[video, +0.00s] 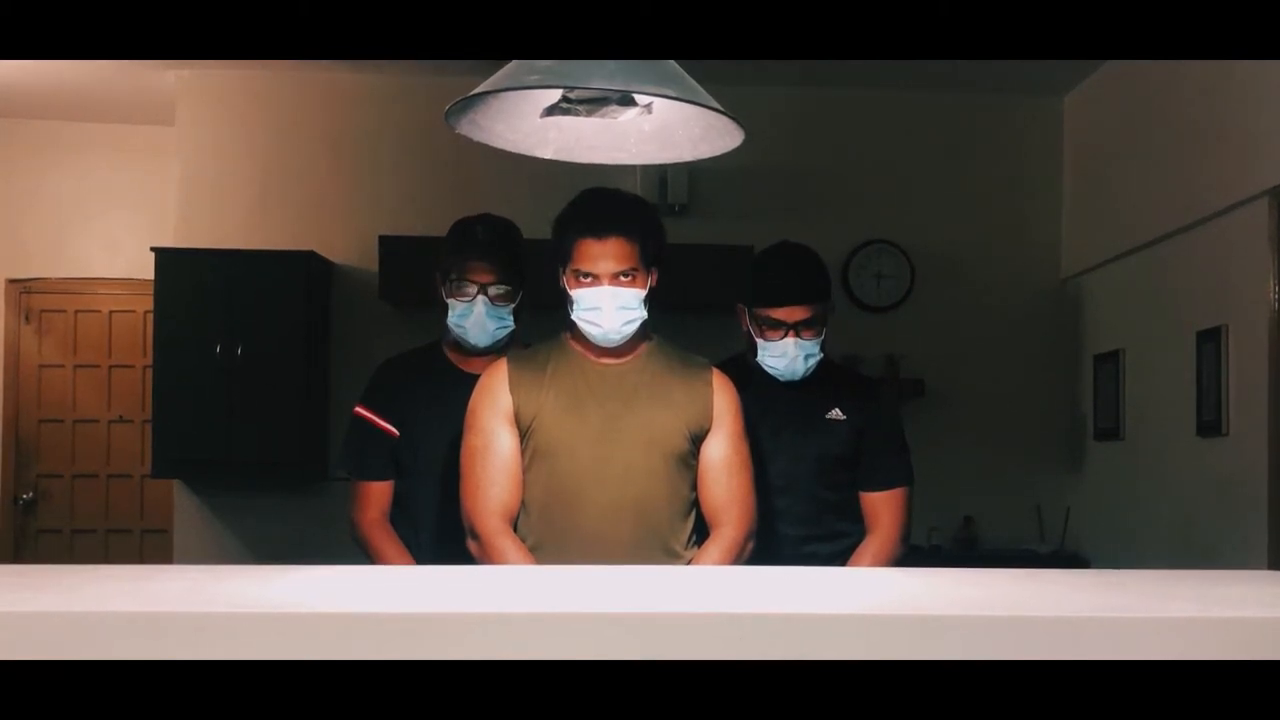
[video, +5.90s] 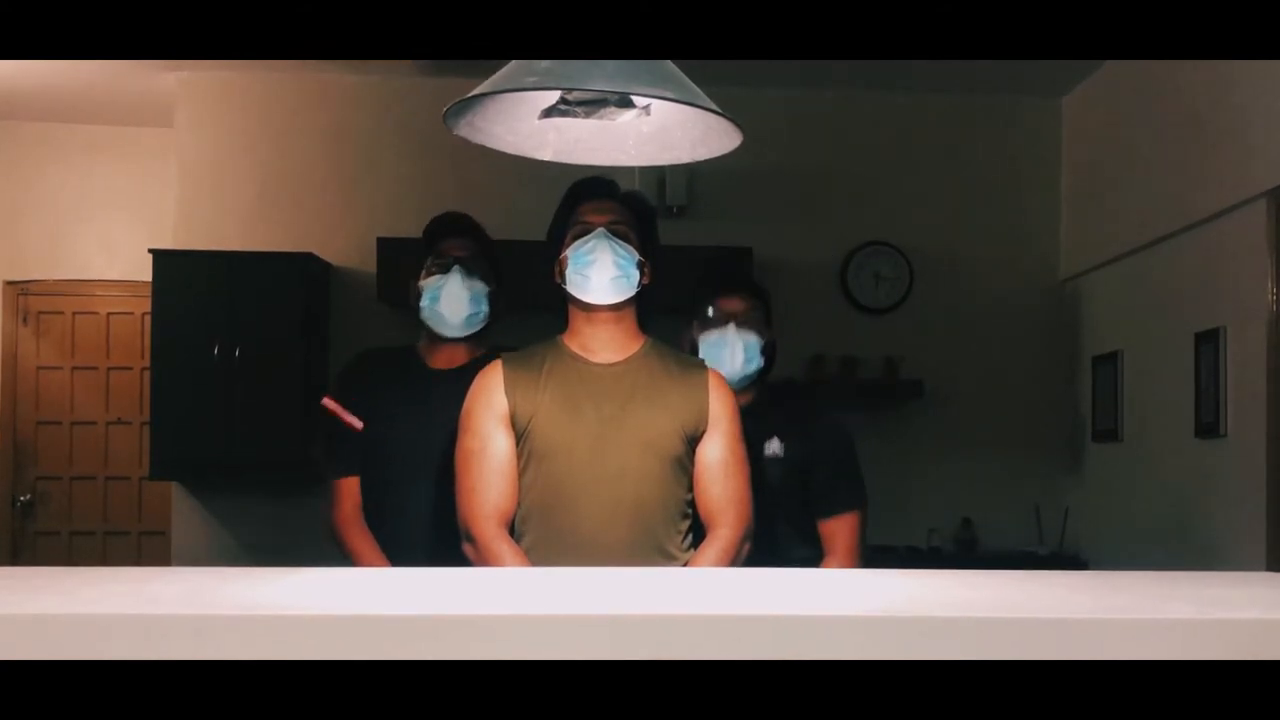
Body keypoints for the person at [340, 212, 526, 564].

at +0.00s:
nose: (480, 309)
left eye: (499, 293)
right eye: (463, 289)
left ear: (518, 297)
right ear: (442, 289)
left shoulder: (538, 385)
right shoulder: (399, 380)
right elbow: (369, 518)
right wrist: (422, 596)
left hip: (515, 592)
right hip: (427, 590)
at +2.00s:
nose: (478, 278)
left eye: (496, 266)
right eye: (463, 262)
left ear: (516, 280)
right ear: (442, 276)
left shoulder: (541, 381)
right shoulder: (397, 379)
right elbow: (368, 519)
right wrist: (422, 600)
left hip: (517, 594)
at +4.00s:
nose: (483, 263)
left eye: (499, 252)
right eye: (468, 250)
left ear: (517, 270)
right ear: (445, 272)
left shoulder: (542, 381)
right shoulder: (398, 379)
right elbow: (370, 518)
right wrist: (421, 598)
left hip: (520, 593)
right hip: (428, 591)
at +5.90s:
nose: (454, 284)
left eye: (470, 271)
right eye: (439, 268)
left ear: (490, 287)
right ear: (418, 282)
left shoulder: (508, 380)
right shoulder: (369, 375)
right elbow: (346, 514)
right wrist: (393, 591)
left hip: (481, 592)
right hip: (389, 588)